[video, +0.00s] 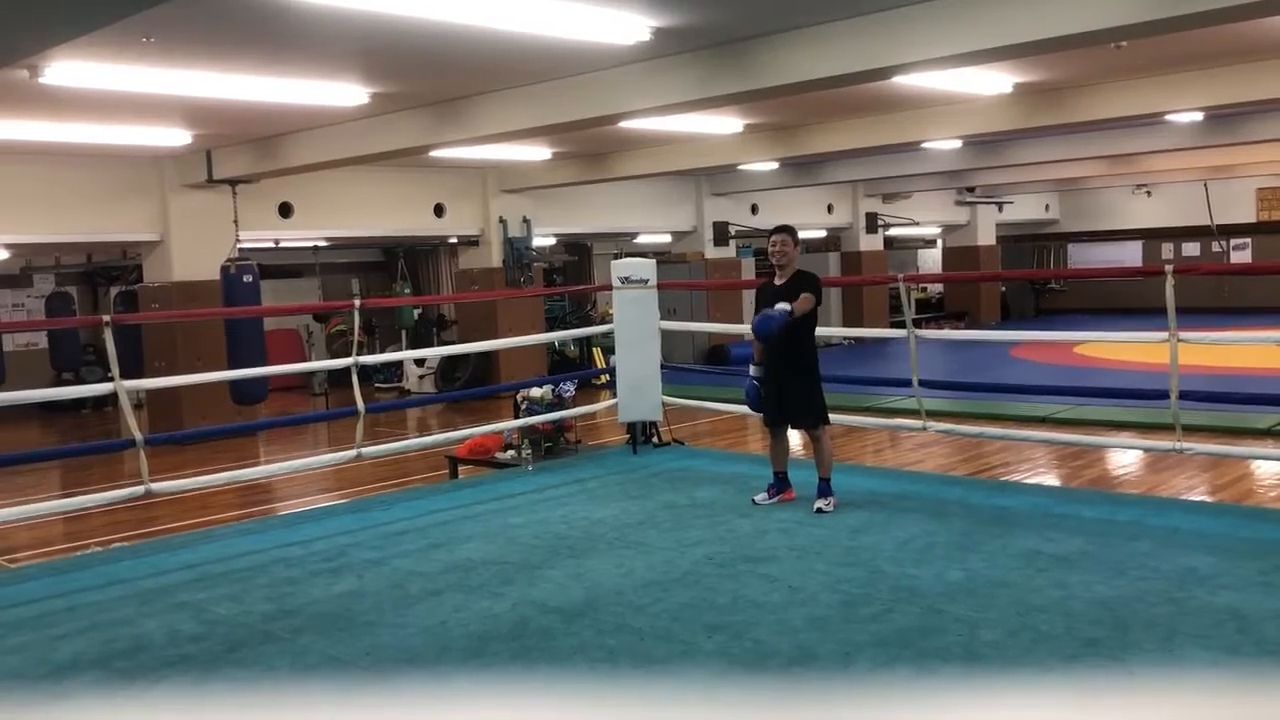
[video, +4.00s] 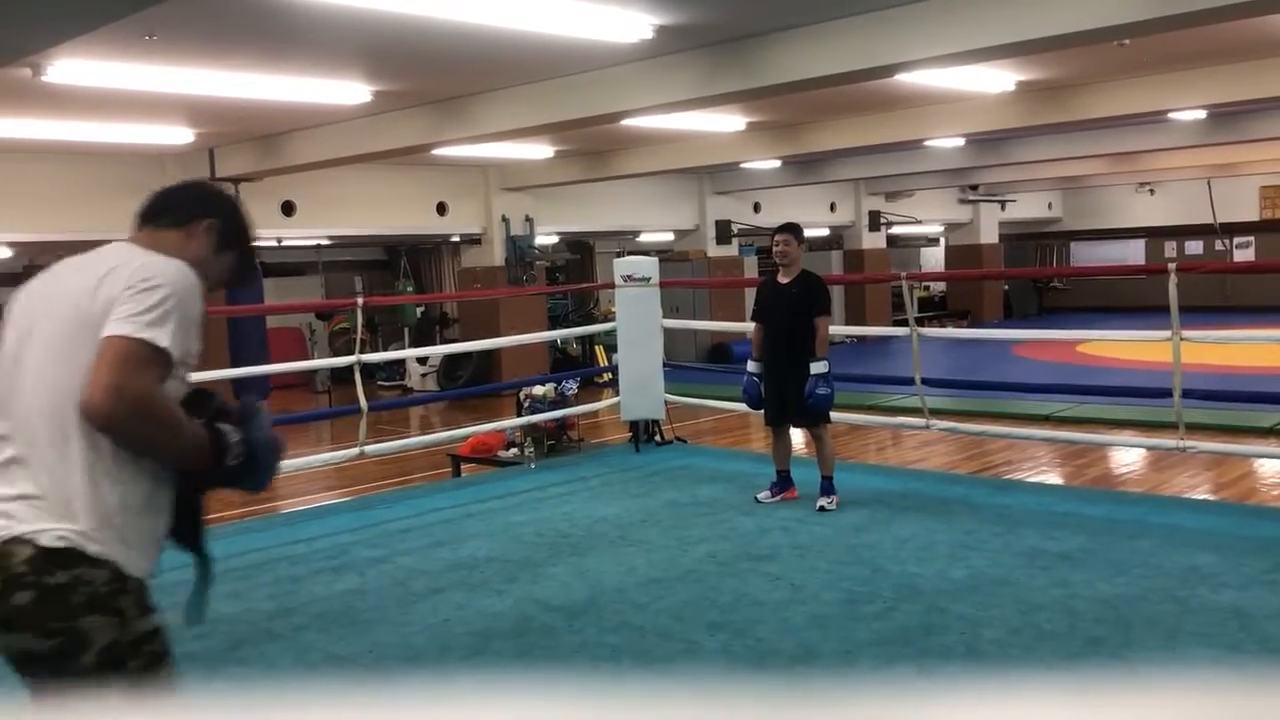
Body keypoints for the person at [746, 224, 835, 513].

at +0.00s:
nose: (777, 249)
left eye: (784, 244)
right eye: (773, 245)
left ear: (796, 249)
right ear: (767, 251)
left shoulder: (809, 280)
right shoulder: (764, 290)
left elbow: (808, 301)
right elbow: (759, 334)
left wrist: (786, 312)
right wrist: (755, 374)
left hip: (802, 367)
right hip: (772, 368)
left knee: (815, 430)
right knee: (775, 428)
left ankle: (824, 489)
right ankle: (780, 484)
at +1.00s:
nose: (778, 250)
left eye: (784, 244)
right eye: (773, 245)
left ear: (795, 248)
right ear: (767, 250)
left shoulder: (811, 284)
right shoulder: (760, 289)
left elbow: (824, 330)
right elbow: (753, 334)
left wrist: (829, 371)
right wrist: (748, 374)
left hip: (805, 371)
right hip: (773, 372)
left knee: (816, 430)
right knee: (776, 429)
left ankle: (825, 488)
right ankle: (781, 483)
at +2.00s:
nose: (773, 253)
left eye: (779, 247)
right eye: (769, 248)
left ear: (792, 250)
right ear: (764, 252)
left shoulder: (806, 286)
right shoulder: (759, 290)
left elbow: (814, 331)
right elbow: (753, 334)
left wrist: (814, 373)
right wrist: (749, 375)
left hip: (799, 372)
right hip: (768, 372)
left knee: (812, 432)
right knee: (773, 430)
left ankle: (822, 490)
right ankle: (779, 485)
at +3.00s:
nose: (777, 250)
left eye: (783, 245)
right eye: (773, 245)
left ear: (797, 248)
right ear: (769, 250)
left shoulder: (810, 285)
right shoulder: (763, 286)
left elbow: (818, 329)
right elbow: (756, 330)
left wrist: (816, 371)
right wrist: (750, 372)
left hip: (802, 370)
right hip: (771, 370)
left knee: (815, 429)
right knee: (775, 428)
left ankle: (825, 489)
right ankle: (781, 483)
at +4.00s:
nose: (780, 249)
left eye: (786, 244)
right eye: (776, 244)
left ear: (800, 248)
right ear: (772, 249)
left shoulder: (814, 285)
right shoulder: (766, 286)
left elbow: (822, 330)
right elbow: (758, 330)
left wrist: (821, 372)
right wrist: (753, 371)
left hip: (806, 370)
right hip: (774, 370)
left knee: (818, 430)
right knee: (778, 428)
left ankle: (827, 488)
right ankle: (783, 483)